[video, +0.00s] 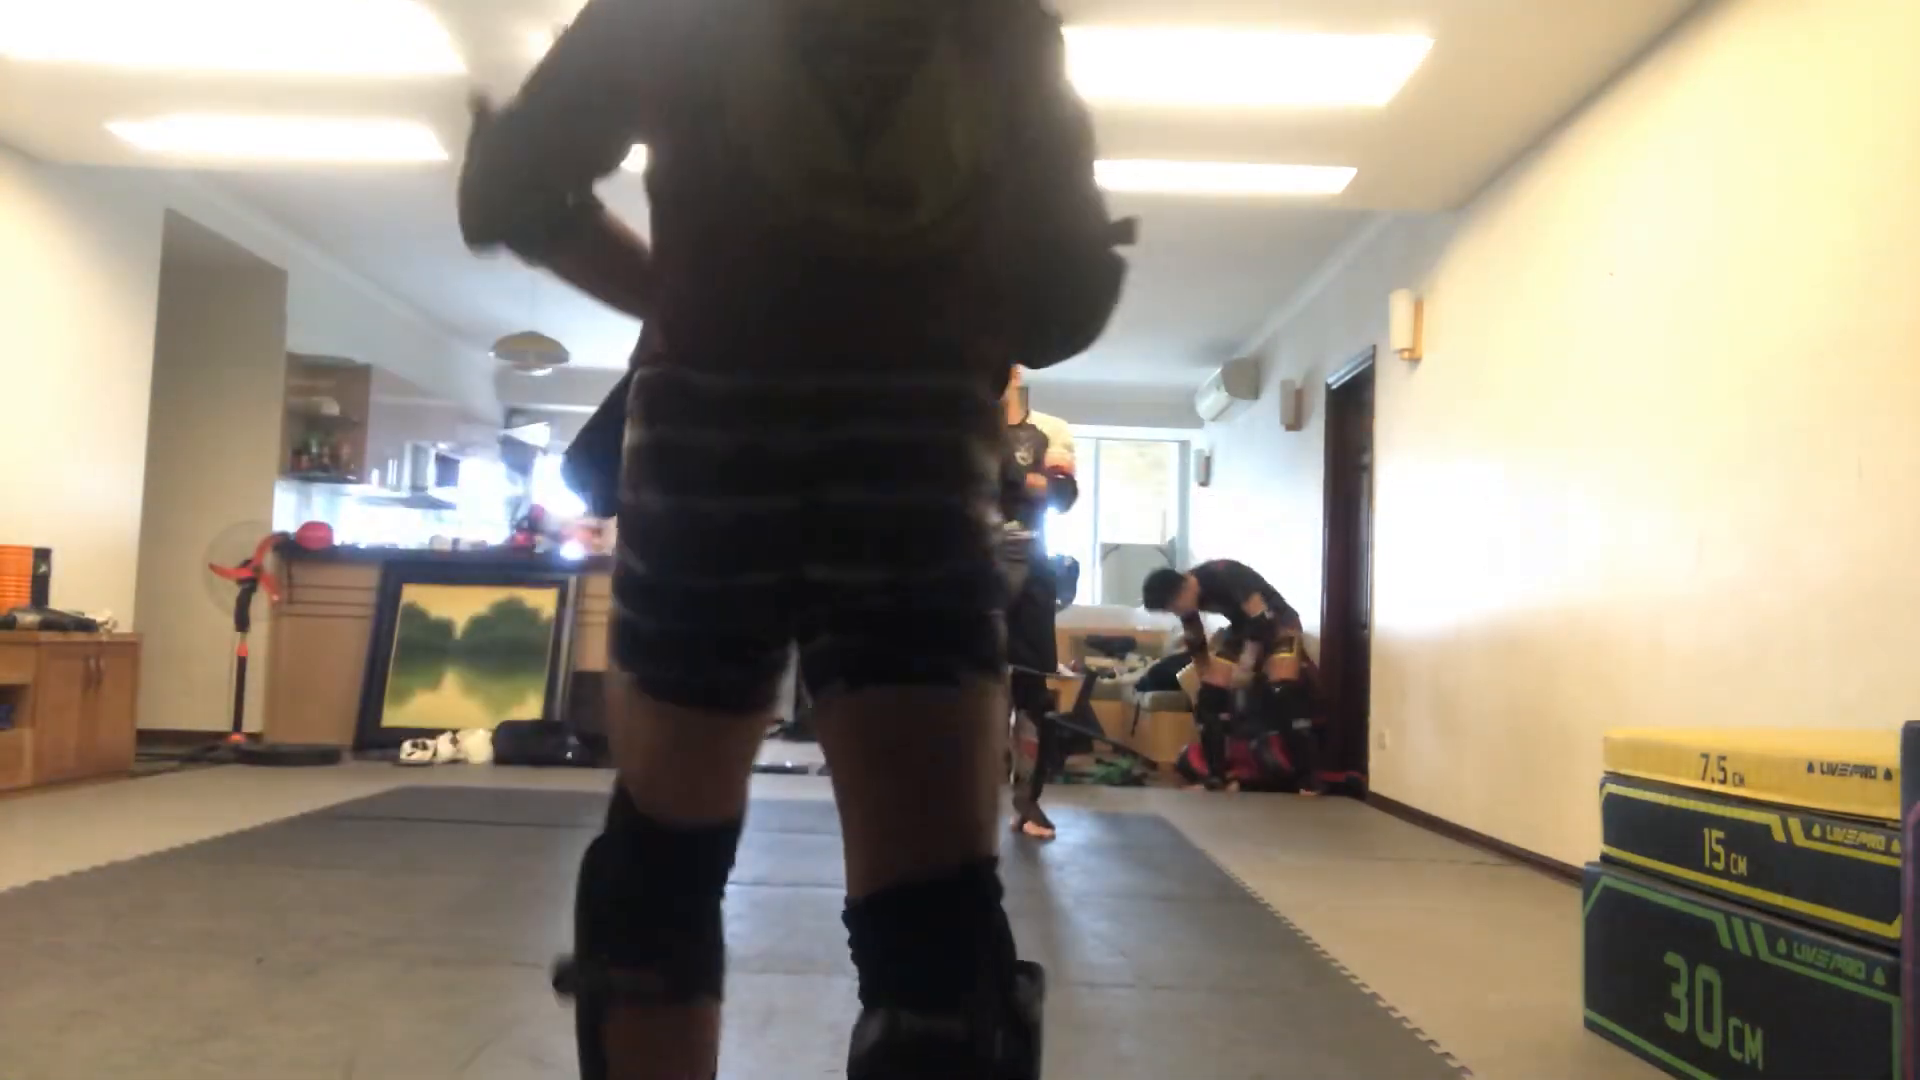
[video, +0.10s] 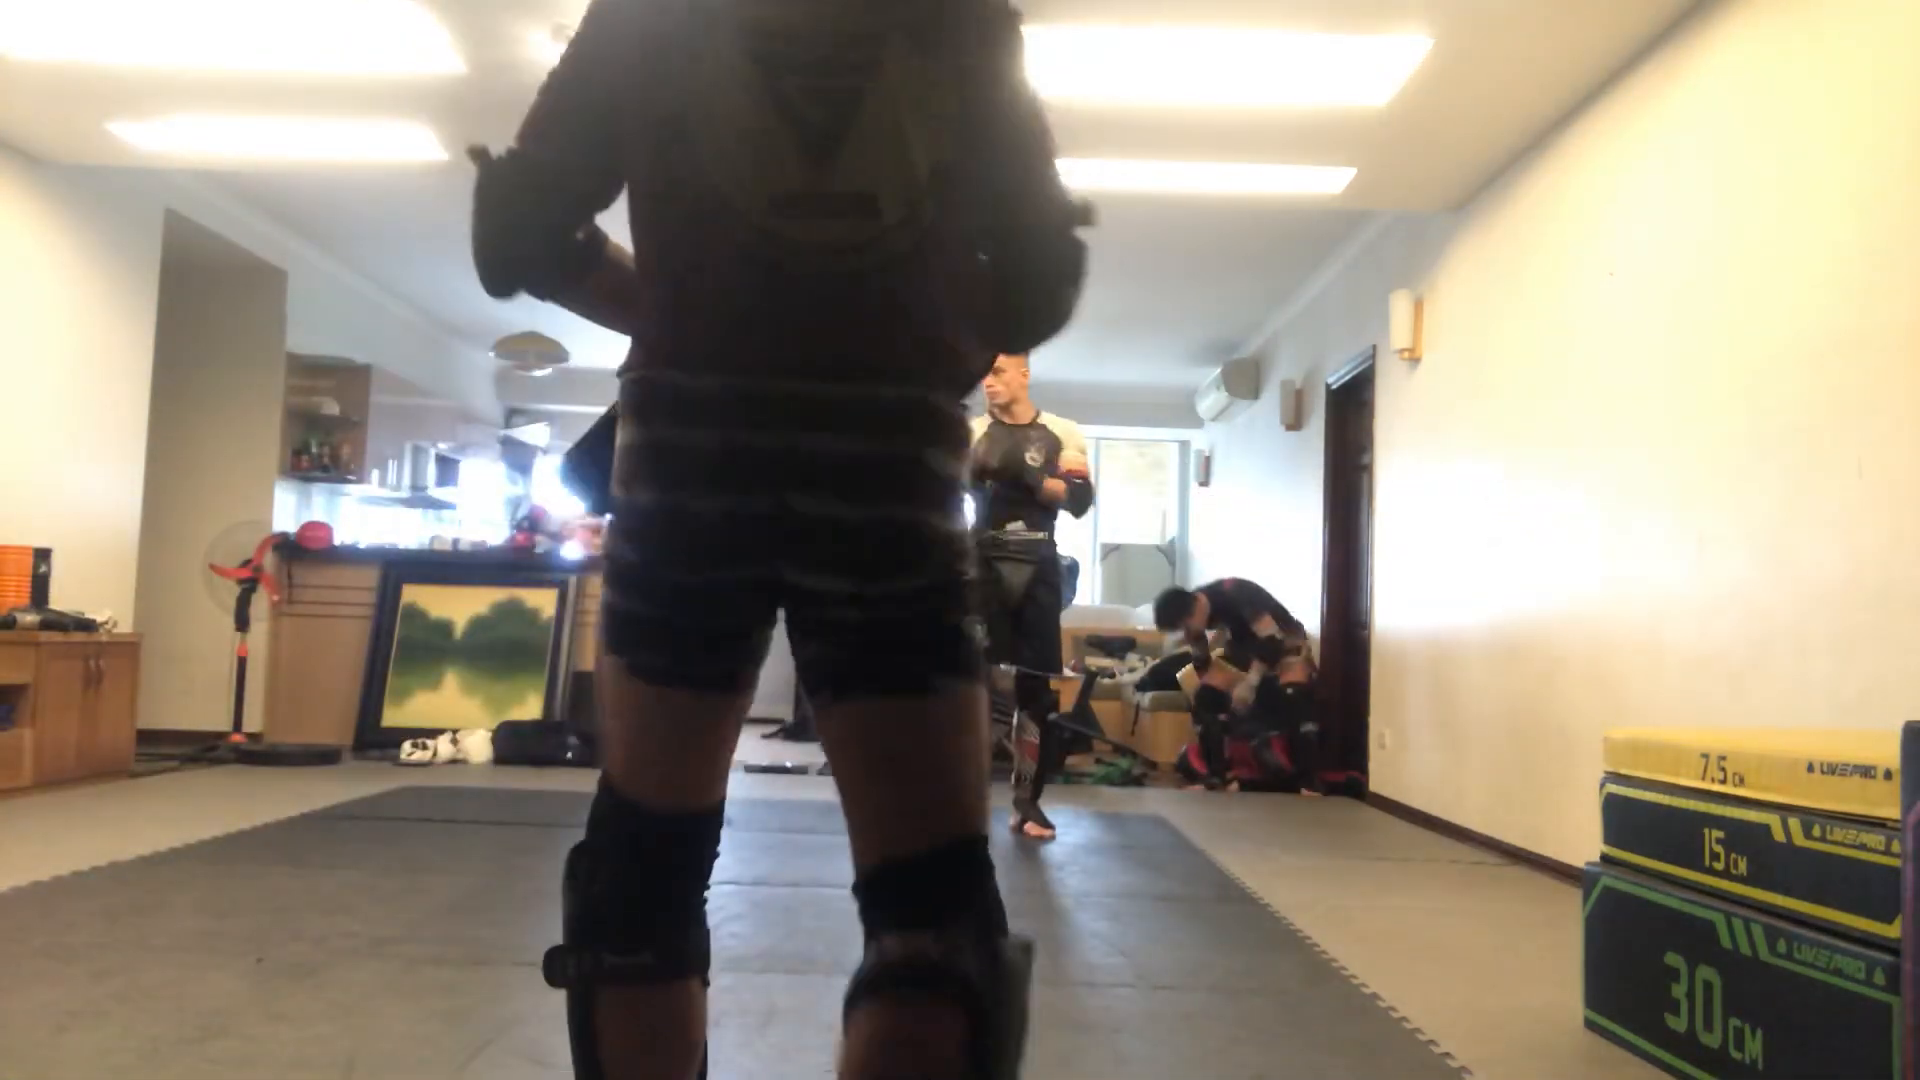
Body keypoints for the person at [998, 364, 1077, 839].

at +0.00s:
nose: (1007, 375)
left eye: (1012, 368)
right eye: (998, 368)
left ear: (1021, 377)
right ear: (985, 379)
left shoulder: (1053, 431)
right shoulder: (969, 428)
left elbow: (1065, 494)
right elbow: (963, 484)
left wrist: (1000, 477)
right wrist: (1034, 479)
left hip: (1031, 572)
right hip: (977, 572)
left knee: (1034, 693)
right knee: (980, 691)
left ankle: (1029, 806)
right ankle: (972, 816)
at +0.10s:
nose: (988, 382)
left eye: (998, 372)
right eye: (985, 373)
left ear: (1025, 376)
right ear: (986, 382)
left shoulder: (1065, 434)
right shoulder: (973, 433)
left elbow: (1080, 499)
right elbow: (955, 484)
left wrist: (1018, 477)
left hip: (1037, 563)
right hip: (983, 560)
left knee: (1034, 687)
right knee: (979, 682)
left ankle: (1026, 805)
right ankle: (968, 807)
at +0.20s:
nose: (995, 378)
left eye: (1005, 370)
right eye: (993, 371)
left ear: (1033, 374)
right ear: (992, 380)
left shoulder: (1073, 436)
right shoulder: (969, 434)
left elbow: (1099, 503)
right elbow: (930, 489)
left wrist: (1041, 483)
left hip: (1042, 577)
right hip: (984, 572)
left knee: (1037, 691)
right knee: (974, 684)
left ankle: (1027, 807)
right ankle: (958, 804)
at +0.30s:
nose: (1006, 376)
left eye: (1017, 365)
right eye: (1003, 368)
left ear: (1037, 370)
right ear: (998, 376)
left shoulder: (1075, 436)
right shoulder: (980, 431)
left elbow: (1111, 506)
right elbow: (938, 483)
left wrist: (1068, 500)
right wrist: (976, 481)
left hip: (1043, 572)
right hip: (988, 567)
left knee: (1037, 690)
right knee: (973, 681)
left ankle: (1028, 806)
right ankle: (958, 801)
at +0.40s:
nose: (1010, 379)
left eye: (1019, 370)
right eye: (1002, 371)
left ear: (1035, 372)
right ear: (992, 374)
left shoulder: (1075, 436)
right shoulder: (977, 427)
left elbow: (1117, 504)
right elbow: (944, 487)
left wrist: (1075, 512)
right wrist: (972, 504)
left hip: (1039, 579)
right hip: (982, 572)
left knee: (1036, 693)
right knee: (961, 684)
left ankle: (1027, 805)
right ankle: (945, 802)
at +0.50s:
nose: (1010, 379)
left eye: (1017, 370)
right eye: (1004, 370)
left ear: (1031, 373)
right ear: (997, 375)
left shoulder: (1072, 436)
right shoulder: (975, 432)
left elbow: (1111, 506)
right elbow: (966, 505)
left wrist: (1064, 523)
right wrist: (949, 530)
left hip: (1039, 577)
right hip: (981, 571)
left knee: (1033, 691)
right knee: (958, 683)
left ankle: (1026, 805)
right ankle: (932, 797)